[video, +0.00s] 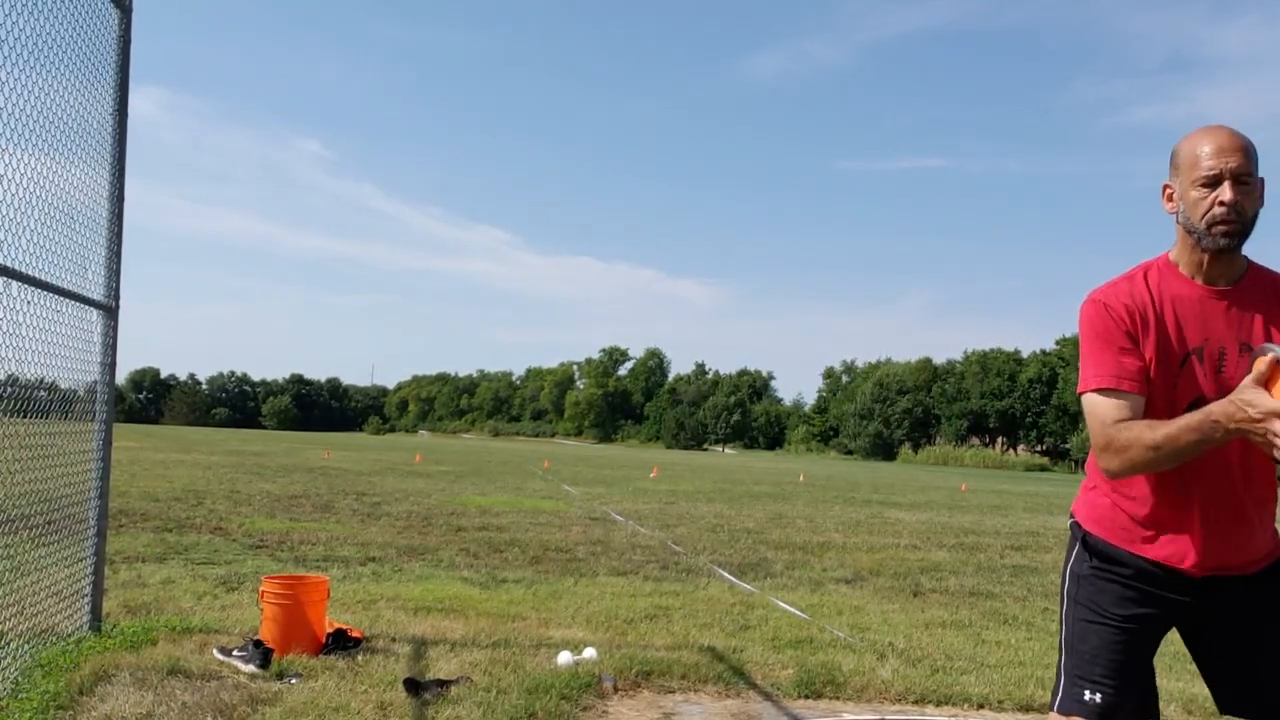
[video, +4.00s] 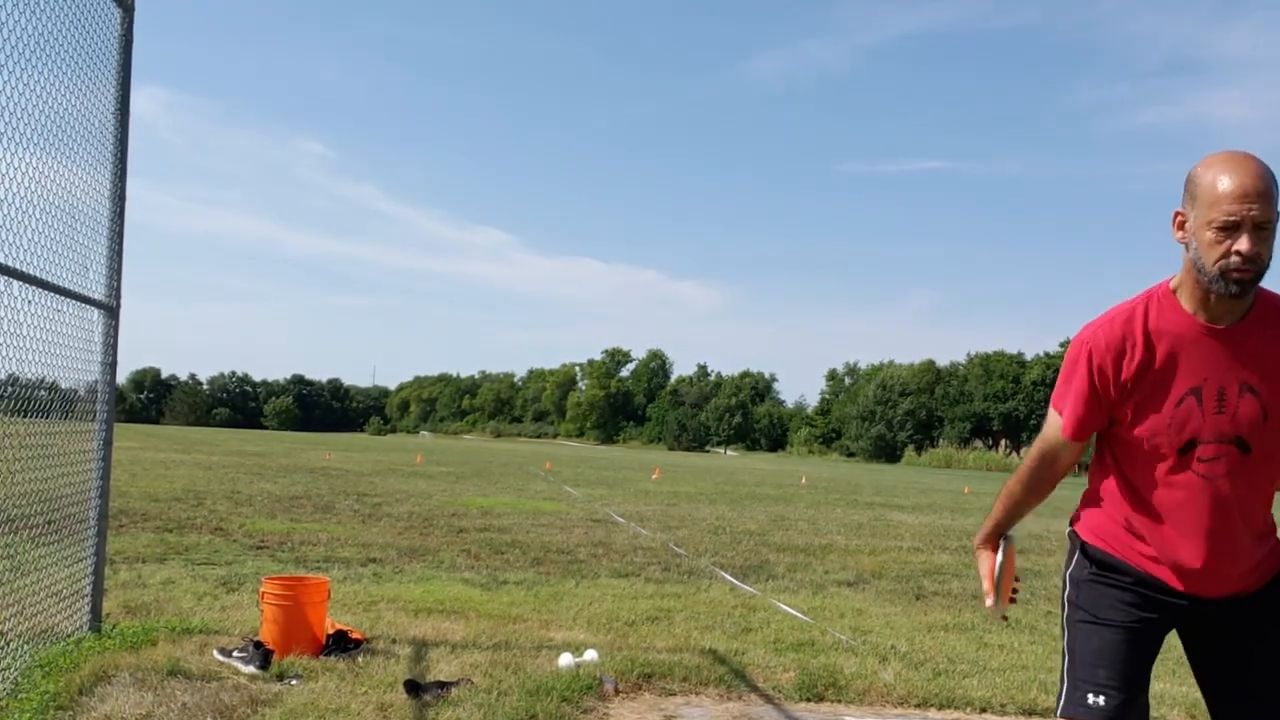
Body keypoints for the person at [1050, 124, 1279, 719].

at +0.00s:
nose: (1228, 195)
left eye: (1242, 180)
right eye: (1209, 182)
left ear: (1261, 193)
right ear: (1171, 199)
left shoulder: (1277, 301)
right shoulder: (1117, 306)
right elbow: (1112, 449)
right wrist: (1228, 417)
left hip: (1246, 568)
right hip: (1122, 563)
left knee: (1269, 704)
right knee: (1089, 711)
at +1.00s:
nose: (1221, 172)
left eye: (1234, 161)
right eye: (1201, 162)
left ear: (1250, 184)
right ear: (1166, 186)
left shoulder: (1273, 293)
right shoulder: (1119, 292)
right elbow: (1110, 415)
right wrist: (1152, 287)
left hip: (1261, 569)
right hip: (1139, 563)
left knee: (1273, 705)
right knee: (1103, 711)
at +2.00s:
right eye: (1278, 242)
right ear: (1243, 226)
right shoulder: (1179, 324)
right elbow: (1057, 435)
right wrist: (1155, 535)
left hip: (1254, 575)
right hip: (1134, 567)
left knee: (1275, 706)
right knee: (1101, 713)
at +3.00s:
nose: (1260, 260)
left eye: (1275, 241)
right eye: (1244, 239)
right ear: (1203, 225)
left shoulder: (1276, 318)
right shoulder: (1134, 325)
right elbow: (1113, 475)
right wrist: (1241, 477)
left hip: (1243, 561)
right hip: (1124, 555)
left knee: (1277, 703)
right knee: (1086, 710)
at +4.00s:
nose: (1248, 247)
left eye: (1261, 229)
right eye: (1228, 228)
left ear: (1276, 230)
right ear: (1183, 226)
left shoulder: (1277, 330)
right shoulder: (1115, 339)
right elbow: (1055, 452)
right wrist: (989, 534)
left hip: (1245, 570)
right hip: (1122, 563)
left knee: (1260, 707)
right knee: (1096, 709)